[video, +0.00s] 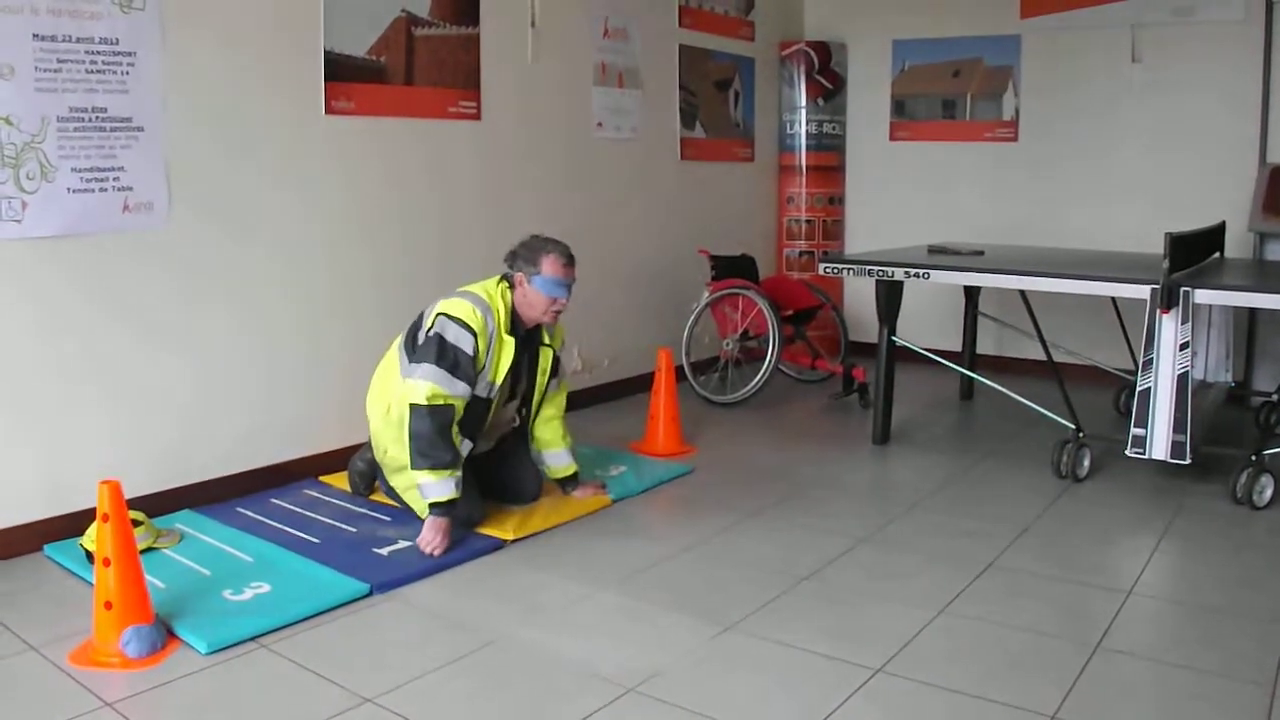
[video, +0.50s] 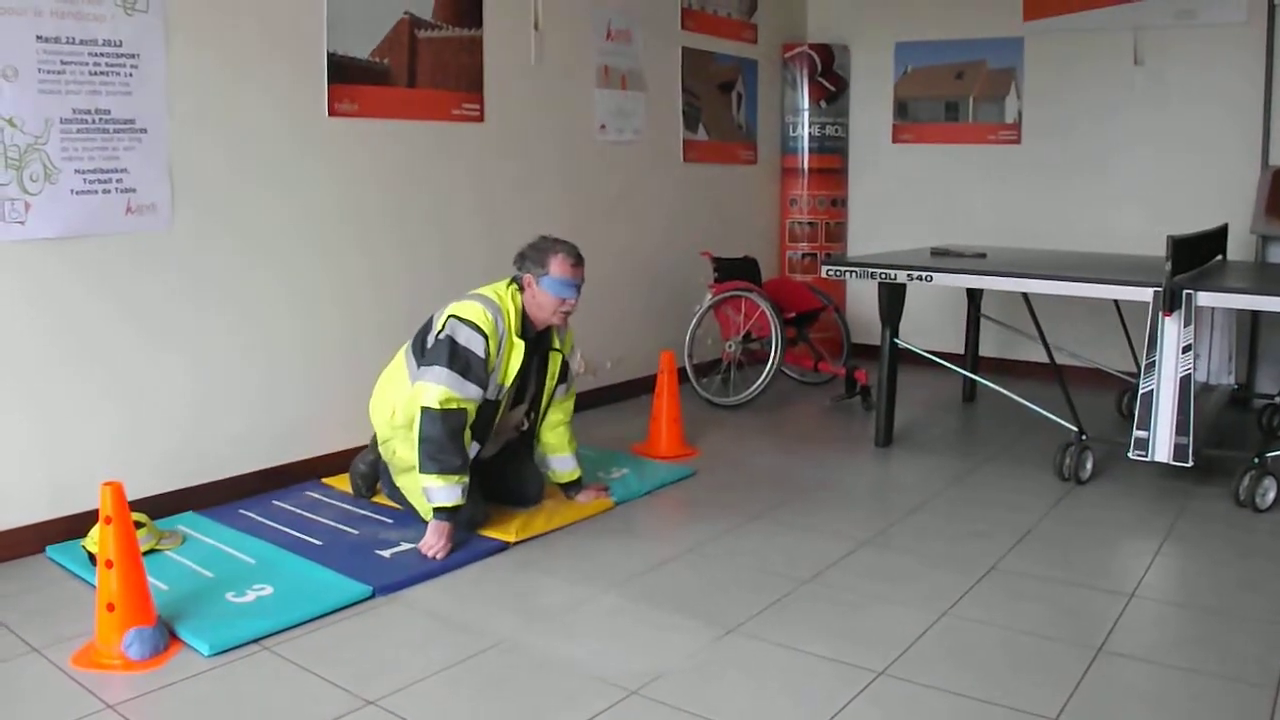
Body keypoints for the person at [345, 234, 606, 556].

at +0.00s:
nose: (563, 302)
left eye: (568, 292)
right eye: (553, 290)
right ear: (520, 283)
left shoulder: (547, 331)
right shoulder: (464, 319)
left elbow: (546, 408)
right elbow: (429, 411)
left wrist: (569, 482)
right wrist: (439, 510)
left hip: (482, 421)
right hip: (407, 427)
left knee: (524, 489)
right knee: (466, 512)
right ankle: (384, 468)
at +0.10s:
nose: (561, 300)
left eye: (566, 289)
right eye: (551, 288)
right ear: (518, 281)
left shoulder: (545, 331)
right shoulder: (462, 318)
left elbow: (546, 407)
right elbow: (430, 411)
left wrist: (569, 483)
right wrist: (438, 510)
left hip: (481, 422)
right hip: (407, 427)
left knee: (524, 490)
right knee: (465, 513)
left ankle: (448, 460)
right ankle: (383, 468)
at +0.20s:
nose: (563, 300)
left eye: (568, 289)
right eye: (553, 288)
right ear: (519, 282)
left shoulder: (548, 332)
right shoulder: (463, 319)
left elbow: (548, 409)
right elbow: (432, 411)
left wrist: (570, 483)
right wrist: (440, 511)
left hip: (480, 420)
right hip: (406, 427)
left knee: (525, 489)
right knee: (466, 513)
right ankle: (385, 470)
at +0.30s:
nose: (566, 302)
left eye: (571, 291)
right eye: (556, 290)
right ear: (523, 283)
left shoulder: (551, 335)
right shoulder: (468, 319)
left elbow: (550, 411)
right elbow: (436, 411)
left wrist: (571, 484)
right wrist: (441, 512)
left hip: (481, 421)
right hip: (407, 427)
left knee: (526, 490)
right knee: (467, 514)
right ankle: (386, 471)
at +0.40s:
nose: (569, 302)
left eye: (574, 292)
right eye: (560, 290)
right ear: (526, 283)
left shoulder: (554, 334)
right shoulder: (472, 319)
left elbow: (553, 411)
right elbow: (438, 412)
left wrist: (571, 484)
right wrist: (441, 513)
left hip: (482, 420)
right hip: (409, 425)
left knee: (526, 491)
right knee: (467, 515)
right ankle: (385, 468)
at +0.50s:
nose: (572, 303)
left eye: (576, 292)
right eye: (562, 291)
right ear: (529, 284)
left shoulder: (556, 335)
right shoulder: (475, 321)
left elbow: (555, 412)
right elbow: (440, 414)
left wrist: (572, 486)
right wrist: (442, 514)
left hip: (482, 419)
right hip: (409, 424)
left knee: (526, 491)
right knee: (465, 518)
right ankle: (386, 466)